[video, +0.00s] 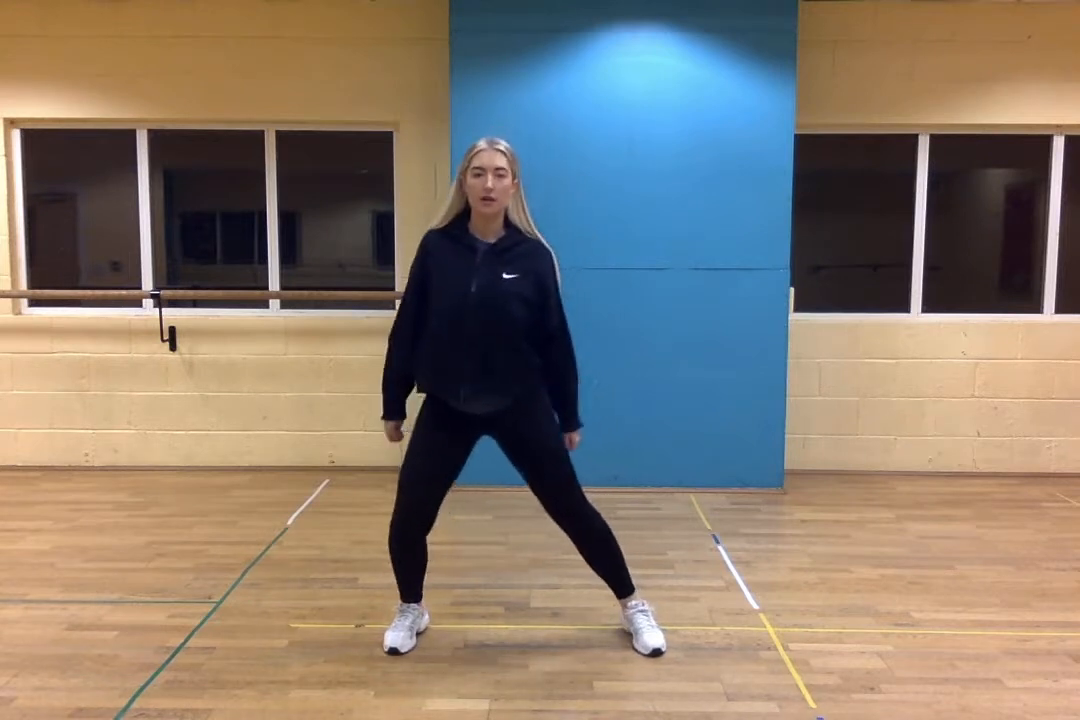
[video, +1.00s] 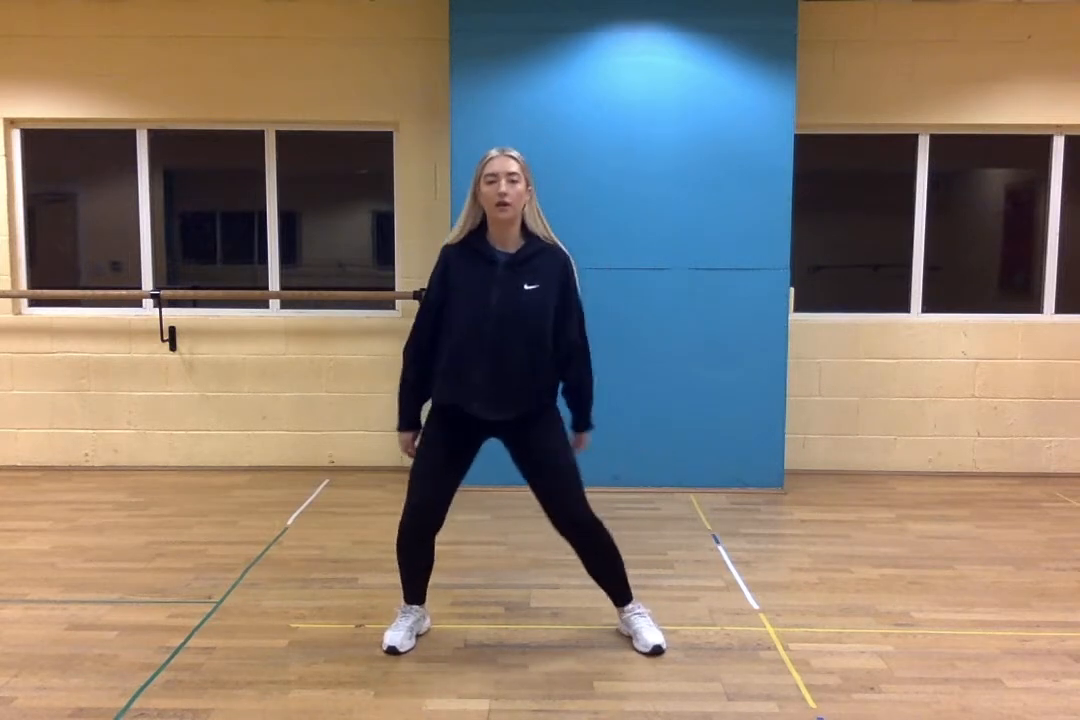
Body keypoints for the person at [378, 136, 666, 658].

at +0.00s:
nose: (489, 181)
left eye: (499, 173)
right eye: (478, 172)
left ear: (514, 184)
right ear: (463, 182)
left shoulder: (534, 255)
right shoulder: (437, 246)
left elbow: (555, 336)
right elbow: (408, 324)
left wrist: (569, 414)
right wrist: (393, 404)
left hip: (520, 405)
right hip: (447, 404)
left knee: (571, 509)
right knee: (407, 519)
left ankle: (633, 605)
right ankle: (410, 608)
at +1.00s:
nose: (503, 188)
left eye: (513, 180)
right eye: (493, 180)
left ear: (528, 191)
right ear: (479, 192)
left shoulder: (552, 259)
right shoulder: (455, 257)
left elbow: (573, 341)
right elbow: (423, 336)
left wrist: (581, 417)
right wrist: (409, 415)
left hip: (529, 410)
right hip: (457, 410)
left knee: (573, 516)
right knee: (418, 516)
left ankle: (629, 609)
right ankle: (412, 610)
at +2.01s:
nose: (496, 190)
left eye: (506, 181)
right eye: (486, 181)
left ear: (520, 191)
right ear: (471, 192)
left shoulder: (543, 260)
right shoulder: (447, 255)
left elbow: (563, 341)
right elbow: (421, 332)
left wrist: (574, 417)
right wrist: (409, 406)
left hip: (528, 409)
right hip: (458, 409)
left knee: (577, 513)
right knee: (417, 517)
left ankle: (628, 609)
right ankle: (412, 610)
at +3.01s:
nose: (506, 183)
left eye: (516, 175)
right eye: (496, 175)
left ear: (529, 186)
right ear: (480, 185)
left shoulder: (551, 253)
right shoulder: (454, 249)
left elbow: (569, 332)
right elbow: (428, 324)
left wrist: (573, 404)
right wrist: (417, 400)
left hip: (537, 400)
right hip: (467, 400)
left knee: (582, 505)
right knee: (425, 510)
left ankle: (631, 608)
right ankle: (412, 609)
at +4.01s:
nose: (517, 183)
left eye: (526, 173)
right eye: (506, 174)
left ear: (539, 182)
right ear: (490, 184)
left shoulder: (562, 248)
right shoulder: (466, 248)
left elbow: (581, 327)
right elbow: (439, 324)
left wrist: (583, 400)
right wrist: (433, 404)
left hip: (554, 400)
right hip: (482, 401)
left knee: (594, 506)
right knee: (437, 509)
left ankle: (633, 608)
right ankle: (412, 608)